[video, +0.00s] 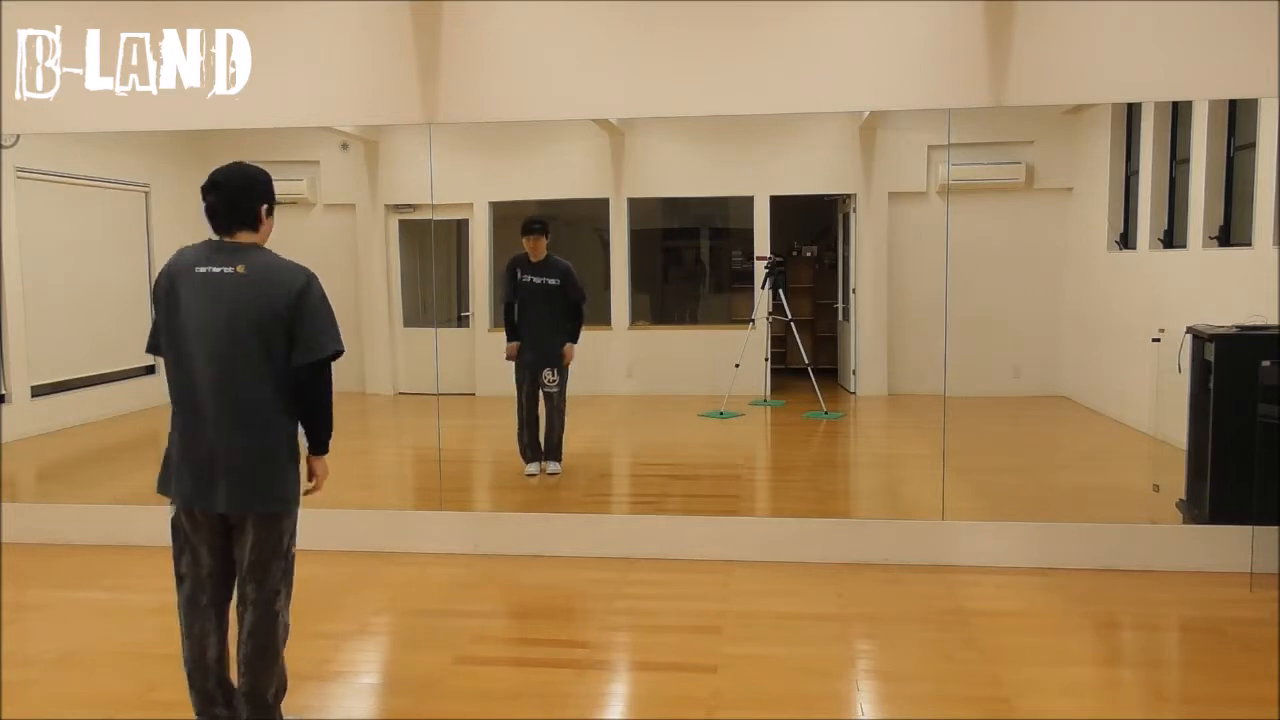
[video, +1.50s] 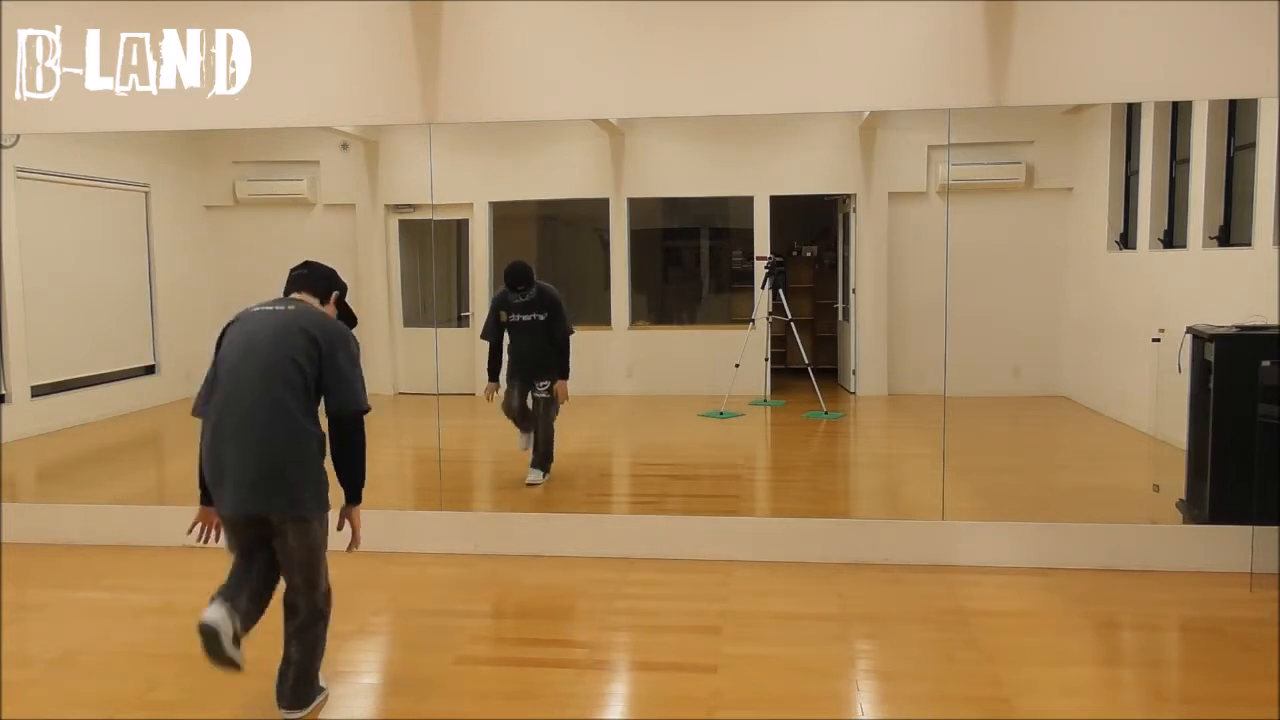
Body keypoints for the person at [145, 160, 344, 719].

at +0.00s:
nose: (273, 217)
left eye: (271, 209)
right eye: (273, 210)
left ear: (210, 214)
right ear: (265, 215)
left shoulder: (177, 271)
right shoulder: (295, 282)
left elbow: (170, 360)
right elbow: (313, 381)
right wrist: (318, 450)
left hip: (193, 467)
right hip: (267, 468)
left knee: (199, 598)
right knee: (265, 598)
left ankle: (213, 710)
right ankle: (260, 709)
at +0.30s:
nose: (281, 250)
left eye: (280, 243)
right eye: (280, 242)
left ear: (219, 241)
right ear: (270, 242)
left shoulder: (174, 296)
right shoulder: (289, 300)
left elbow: (159, 391)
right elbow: (298, 399)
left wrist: (185, 460)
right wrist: (312, 467)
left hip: (180, 487)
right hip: (257, 486)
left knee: (194, 611)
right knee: (263, 605)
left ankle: (210, 711)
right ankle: (257, 710)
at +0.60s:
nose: (304, 305)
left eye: (307, 299)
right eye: (306, 298)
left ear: (257, 276)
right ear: (297, 287)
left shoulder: (187, 300)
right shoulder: (296, 300)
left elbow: (163, 391)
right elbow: (318, 394)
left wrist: (157, 466)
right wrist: (333, 471)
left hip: (175, 471)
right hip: (246, 464)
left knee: (198, 607)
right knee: (299, 554)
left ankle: (220, 711)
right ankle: (285, 667)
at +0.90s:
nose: (320, 302)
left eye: (321, 297)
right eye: (321, 297)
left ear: (271, 277)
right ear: (312, 287)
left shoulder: (215, 301)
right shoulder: (313, 305)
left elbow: (192, 392)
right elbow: (332, 398)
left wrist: (181, 468)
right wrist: (342, 474)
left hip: (198, 471)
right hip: (269, 470)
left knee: (208, 596)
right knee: (295, 584)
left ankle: (218, 706)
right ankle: (291, 695)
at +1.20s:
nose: (325, 304)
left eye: (326, 298)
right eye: (325, 298)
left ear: (277, 275)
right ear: (316, 286)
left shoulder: (216, 297)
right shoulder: (315, 298)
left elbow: (200, 375)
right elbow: (330, 386)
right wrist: (338, 459)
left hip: (193, 467)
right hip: (264, 465)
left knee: (204, 597)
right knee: (293, 577)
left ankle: (213, 708)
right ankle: (303, 686)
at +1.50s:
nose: (335, 318)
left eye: (337, 312)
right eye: (338, 311)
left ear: (289, 293)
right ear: (330, 300)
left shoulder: (239, 323)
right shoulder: (329, 331)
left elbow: (210, 414)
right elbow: (347, 416)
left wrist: (208, 495)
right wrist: (352, 497)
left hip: (228, 466)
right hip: (291, 468)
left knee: (256, 552)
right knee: (307, 587)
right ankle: (297, 692)